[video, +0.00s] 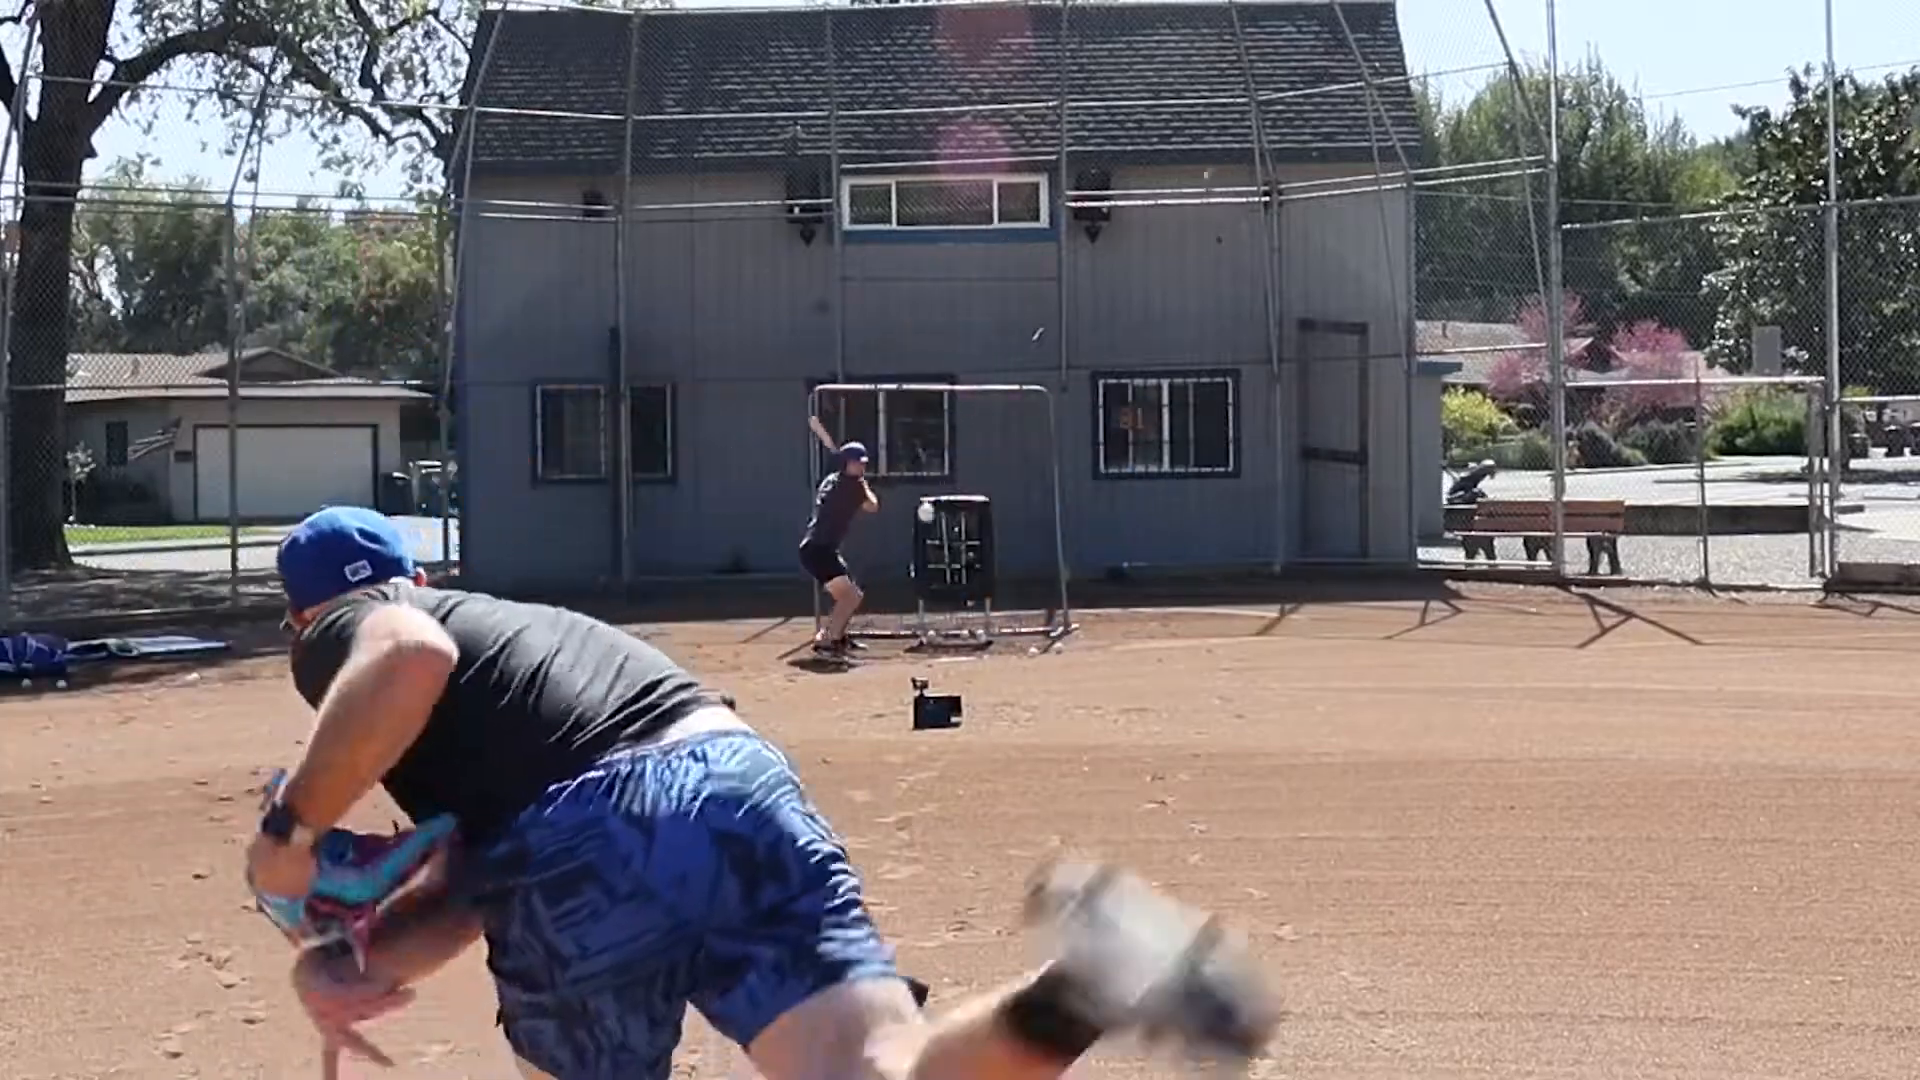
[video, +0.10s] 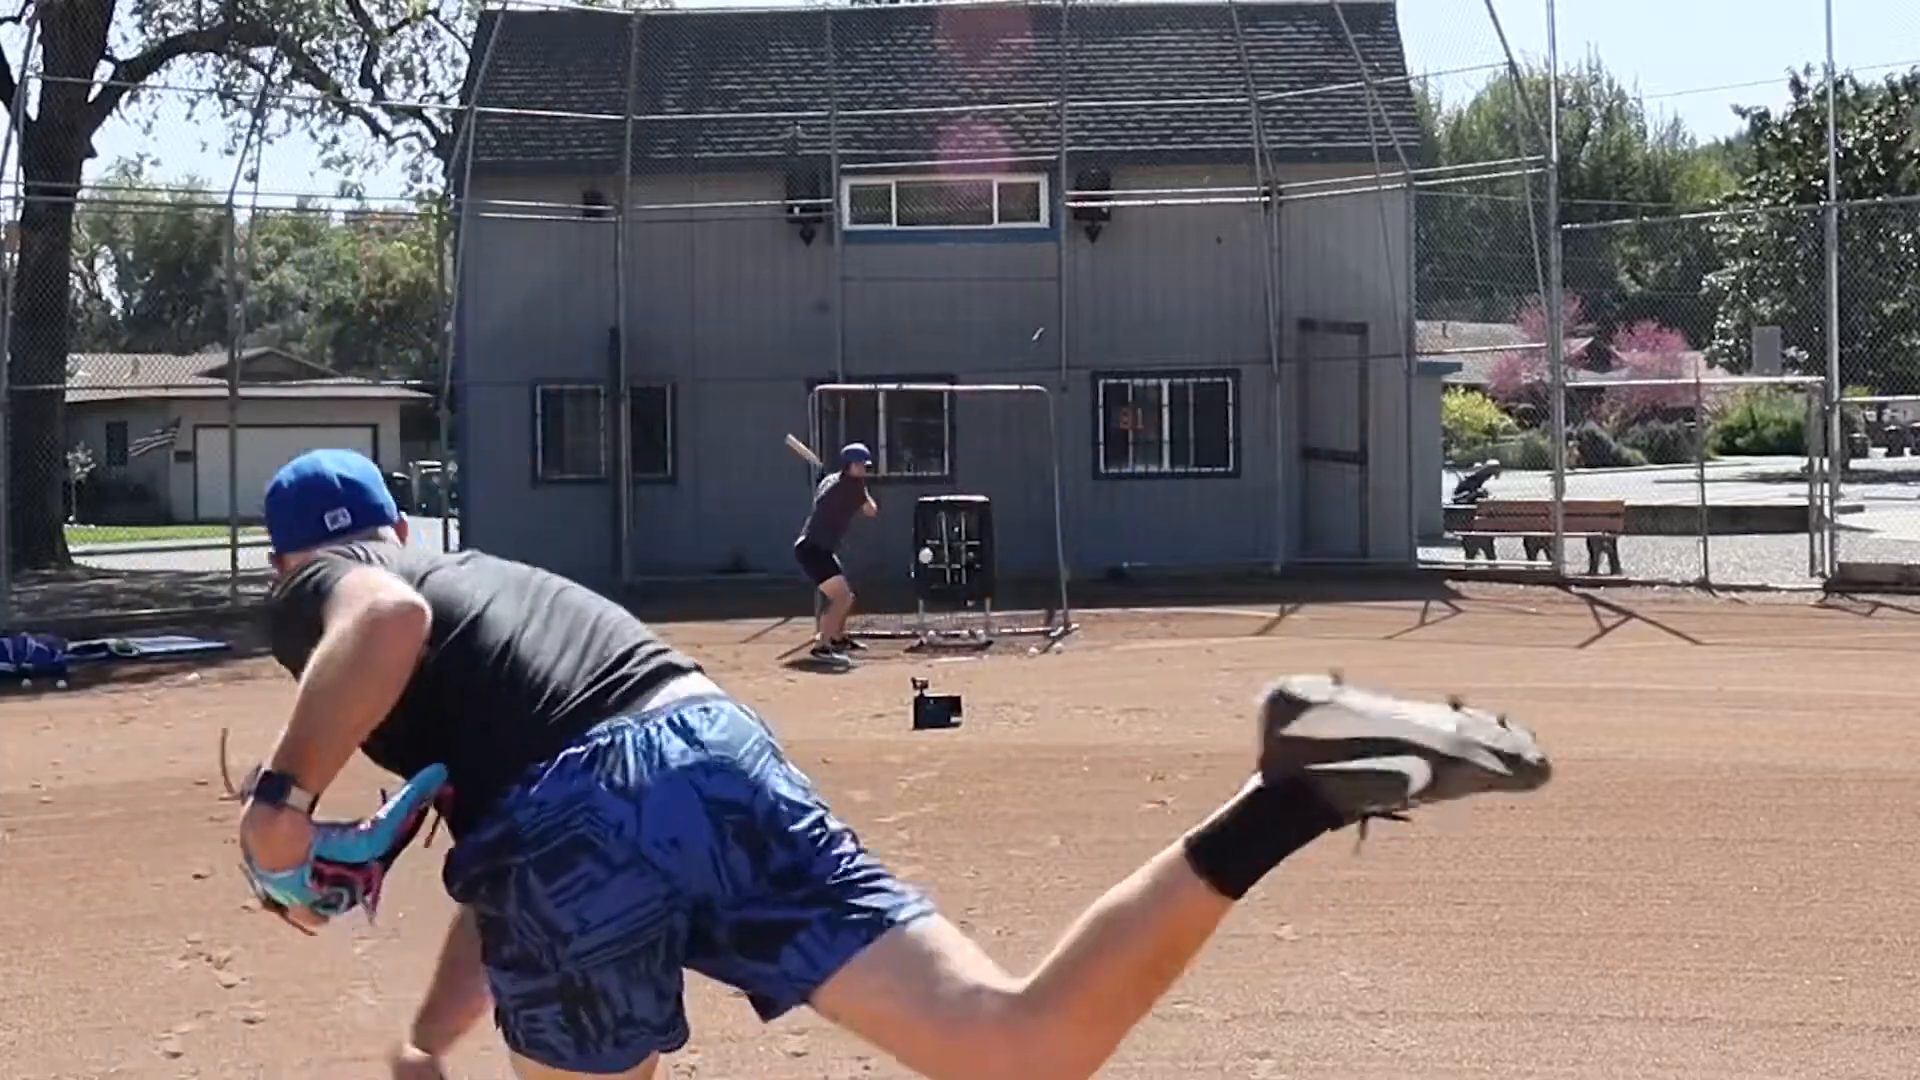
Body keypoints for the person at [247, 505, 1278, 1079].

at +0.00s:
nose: (297, 648)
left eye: (293, 624)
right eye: (307, 629)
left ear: (307, 612)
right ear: (411, 573)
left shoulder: (371, 614)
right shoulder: (508, 653)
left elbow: (405, 656)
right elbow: (471, 879)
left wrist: (297, 824)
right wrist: (349, 968)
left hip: (588, 814)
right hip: (739, 760)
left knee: (601, 1061)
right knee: (876, 1062)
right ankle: (1078, 994)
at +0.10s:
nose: (297, 605)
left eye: (293, 582)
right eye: (299, 592)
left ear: (317, 554)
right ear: (402, 513)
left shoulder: (372, 565)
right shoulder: (493, 595)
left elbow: (389, 611)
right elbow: (489, 869)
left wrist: (283, 792)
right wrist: (419, 1046)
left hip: (574, 810)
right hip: (720, 737)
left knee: (577, 1069)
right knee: (1011, 1039)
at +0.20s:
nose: (253, 514)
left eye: (251, 493)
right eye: (264, 496)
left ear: (273, 484)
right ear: (370, 461)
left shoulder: (296, 543)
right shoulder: (449, 524)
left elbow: (322, 657)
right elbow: (492, 723)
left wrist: (272, 866)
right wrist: (394, 881)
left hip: (574, 817)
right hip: (712, 721)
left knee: (576, 1068)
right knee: (1007, 991)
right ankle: (1329, 886)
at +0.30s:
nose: (231, 447)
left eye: (228, 430)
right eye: (246, 421)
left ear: (242, 434)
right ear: (354, 402)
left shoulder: (260, 515)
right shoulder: (444, 461)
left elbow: (317, 694)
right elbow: (517, 662)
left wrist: (292, 909)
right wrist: (469, 878)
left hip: (583, 822)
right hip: (718, 710)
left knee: (596, 1065)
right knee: (926, 944)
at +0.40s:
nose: (225, 381)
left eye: (218, 365)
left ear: (225, 374)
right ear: (352, 343)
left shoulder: (263, 482)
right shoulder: (447, 405)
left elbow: (349, 701)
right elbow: (532, 601)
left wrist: (345, 916)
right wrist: (506, 876)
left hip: (588, 806)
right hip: (725, 716)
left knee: (591, 1062)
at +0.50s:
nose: (231, 343)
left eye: (225, 325)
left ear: (232, 330)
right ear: (359, 299)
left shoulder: (283, 442)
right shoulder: (452, 368)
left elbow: (370, 700)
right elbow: (547, 592)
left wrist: (335, 895)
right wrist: (506, 844)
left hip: (612, 788)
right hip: (709, 723)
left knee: (587, 1056)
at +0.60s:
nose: (229, 312)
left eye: (225, 293)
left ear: (233, 299)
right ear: (363, 273)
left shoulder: (294, 423)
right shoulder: (453, 352)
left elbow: (371, 688)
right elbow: (482, 560)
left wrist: (313, 873)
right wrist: (418, 731)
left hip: (590, 790)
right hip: (677, 716)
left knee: (590, 1058)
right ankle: (313, 1072)